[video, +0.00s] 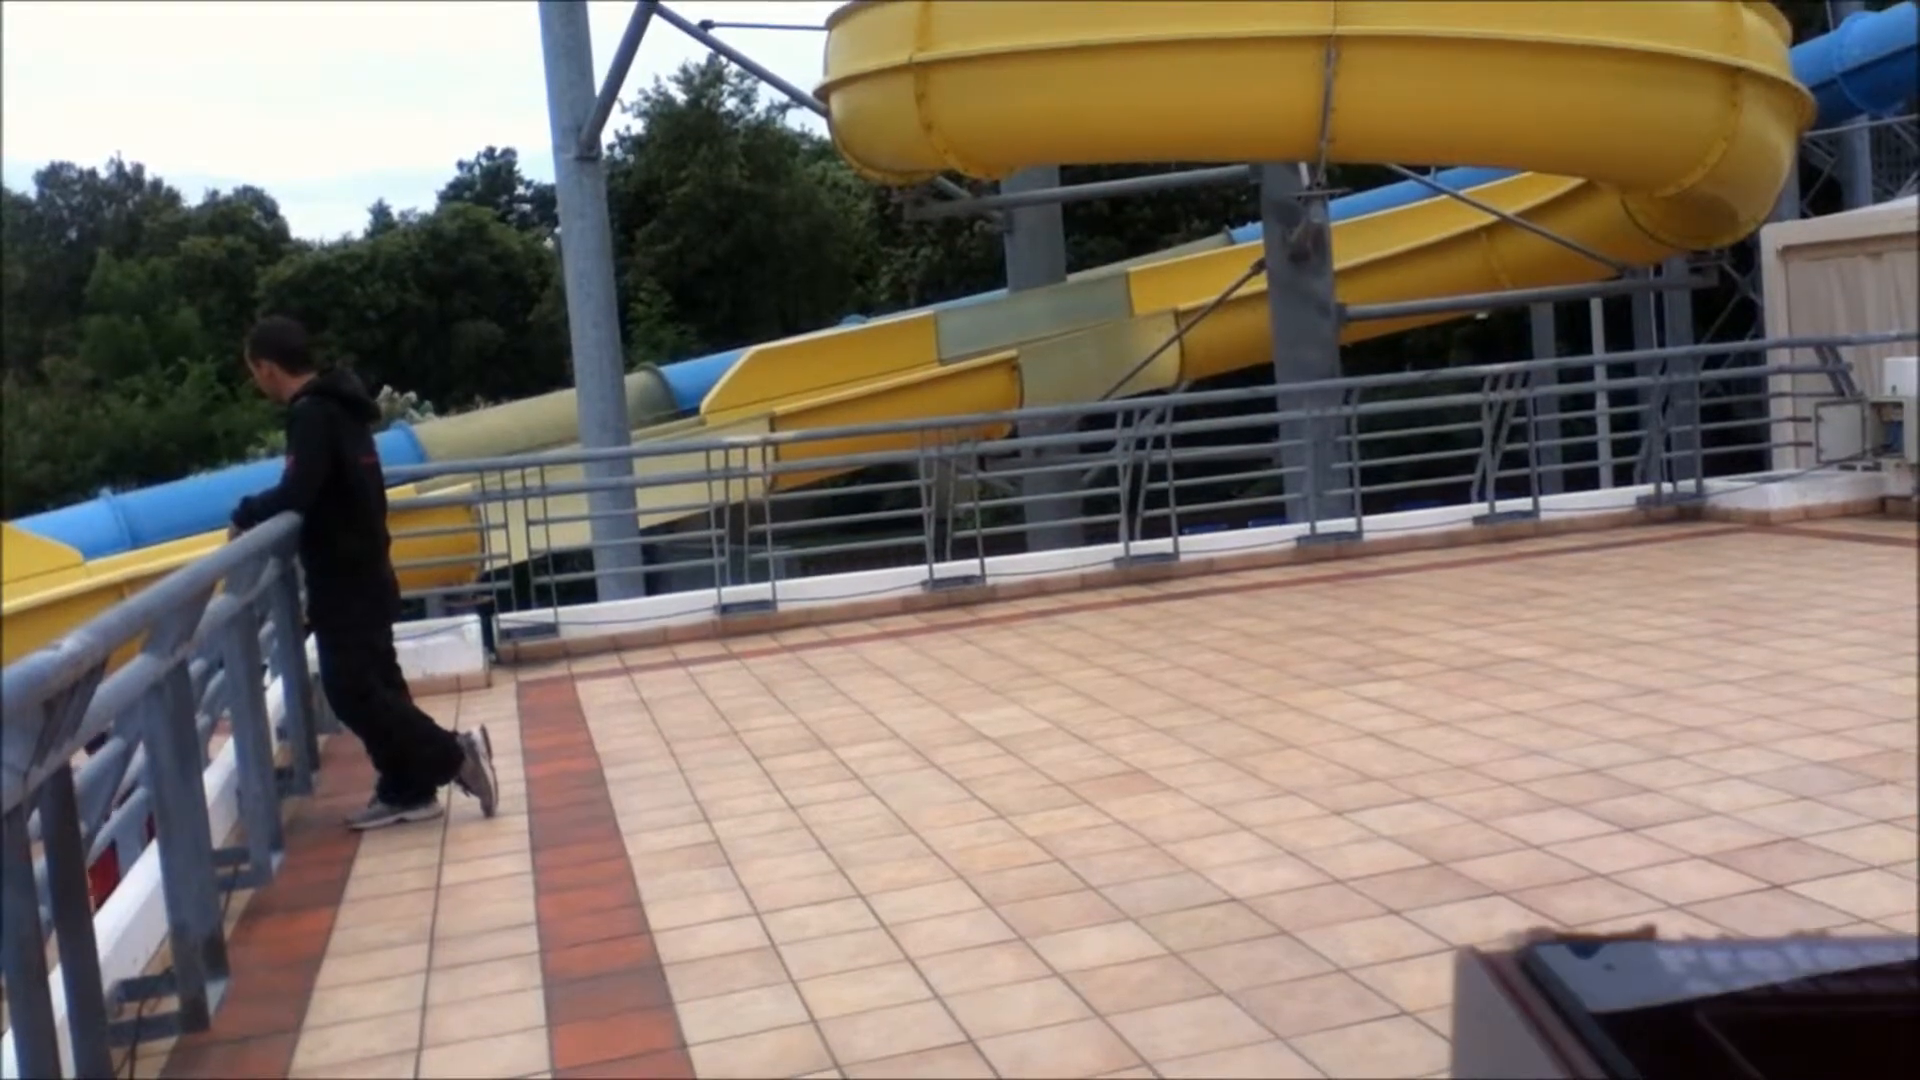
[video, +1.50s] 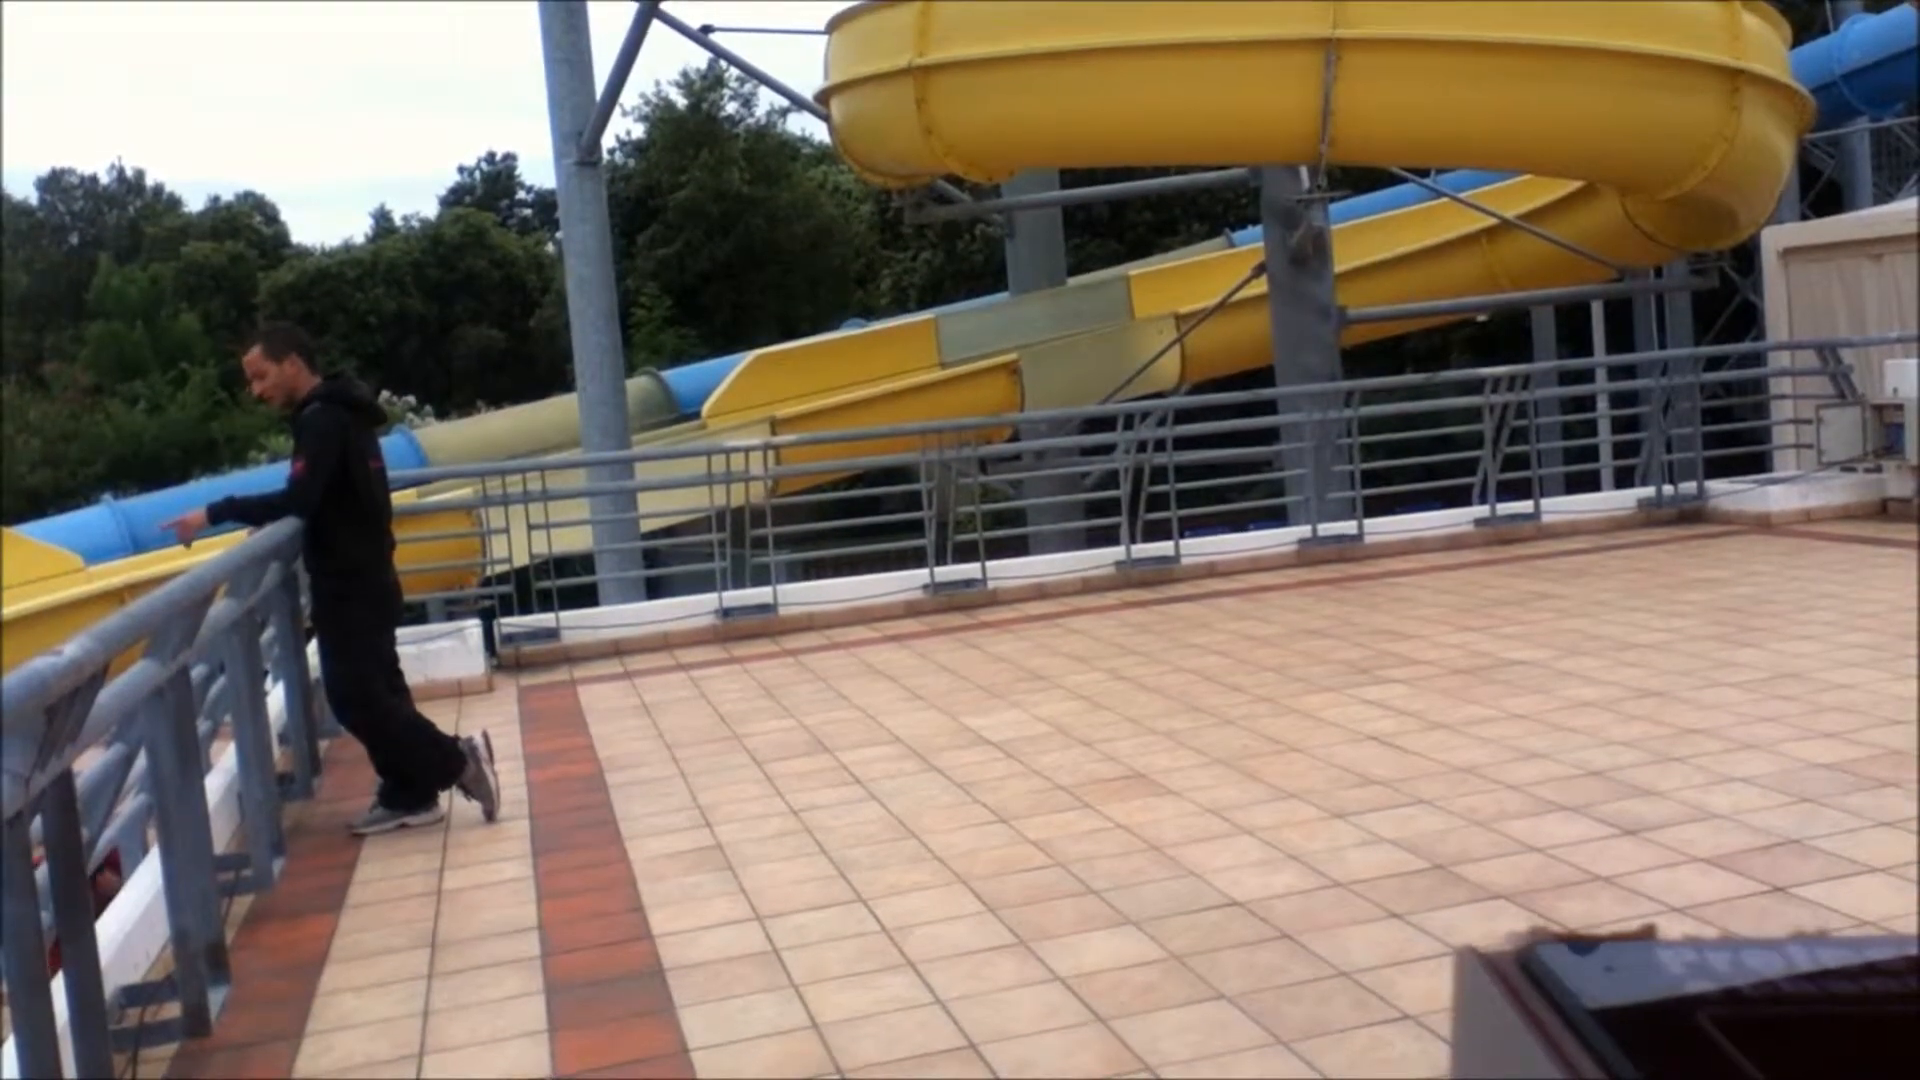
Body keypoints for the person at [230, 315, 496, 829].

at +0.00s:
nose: (256, 381)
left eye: (255, 371)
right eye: (254, 372)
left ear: (270, 368)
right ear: (302, 357)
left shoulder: (311, 414)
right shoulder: (338, 403)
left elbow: (299, 494)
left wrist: (245, 514)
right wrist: (264, 513)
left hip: (343, 578)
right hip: (365, 572)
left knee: (349, 694)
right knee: (377, 680)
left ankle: (452, 755)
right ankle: (405, 792)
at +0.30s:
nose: (257, 381)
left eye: (256, 371)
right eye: (255, 371)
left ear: (273, 368)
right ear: (301, 359)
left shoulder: (313, 416)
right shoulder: (338, 404)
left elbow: (301, 495)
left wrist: (246, 515)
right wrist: (263, 515)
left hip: (345, 580)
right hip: (365, 575)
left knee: (350, 696)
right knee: (376, 683)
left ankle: (453, 756)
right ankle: (406, 793)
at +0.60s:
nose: (251, 386)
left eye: (253, 372)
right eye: (249, 374)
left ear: (282, 364)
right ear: (291, 366)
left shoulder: (315, 417)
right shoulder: (336, 406)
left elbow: (300, 496)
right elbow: (317, 495)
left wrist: (246, 516)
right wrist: (263, 516)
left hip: (347, 582)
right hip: (364, 577)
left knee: (351, 697)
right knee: (376, 685)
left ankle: (454, 757)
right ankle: (407, 794)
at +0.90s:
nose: (250, 390)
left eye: (255, 377)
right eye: (247, 379)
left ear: (287, 366)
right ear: (291, 370)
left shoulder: (315, 418)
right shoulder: (336, 409)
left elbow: (301, 501)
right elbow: (320, 501)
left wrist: (241, 514)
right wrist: (261, 518)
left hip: (346, 585)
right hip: (364, 580)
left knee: (352, 699)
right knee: (377, 686)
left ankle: (456, 760)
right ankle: (407, 797)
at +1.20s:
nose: (252, 393)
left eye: (257, 379)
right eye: (248, 383)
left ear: (291, 367)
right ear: (292, 372)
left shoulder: (318, 421)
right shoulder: (338, 409)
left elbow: (300, 503)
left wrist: (218, 512)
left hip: (350, 586)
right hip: (367, 579)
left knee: (353, 700)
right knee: (380, 687)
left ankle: (458, 763)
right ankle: (408, 798)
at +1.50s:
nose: (256, 391)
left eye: (259, 377)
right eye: (251, 381)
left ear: (292, 365)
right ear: (294, 370)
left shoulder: (320, 419)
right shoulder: (341, 409)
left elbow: (299, 502)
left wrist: (216, 513)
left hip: (349, 586)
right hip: (367, 580)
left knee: (351, 698)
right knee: (379, 687)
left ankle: (455, 762)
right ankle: (408, 797)